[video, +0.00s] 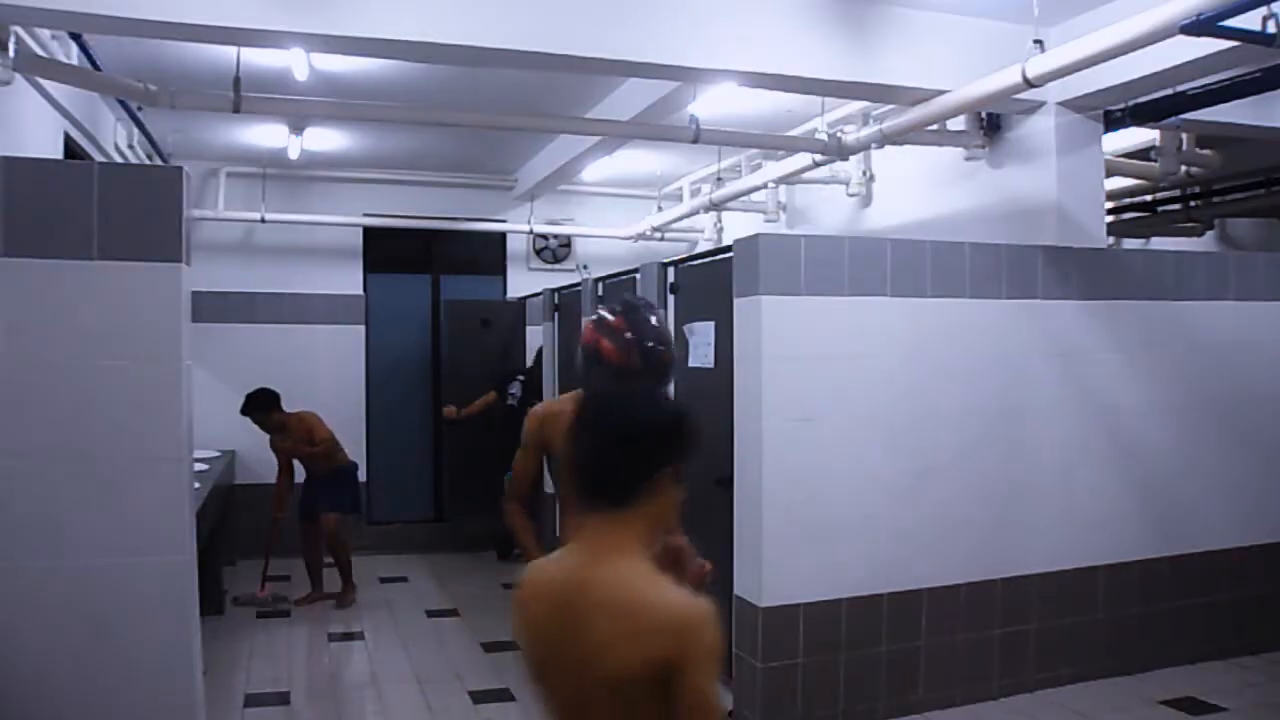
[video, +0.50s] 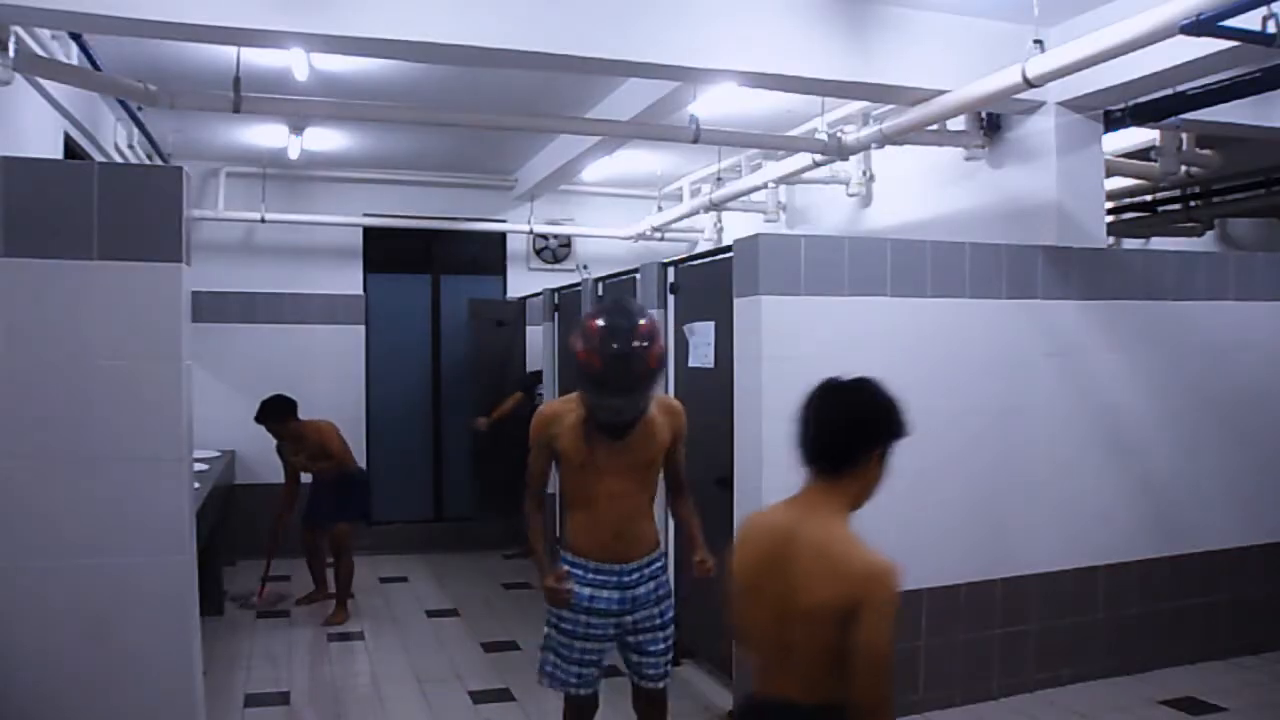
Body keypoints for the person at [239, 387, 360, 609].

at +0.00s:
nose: (259, 427)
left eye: (259, 421)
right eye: (256, 423)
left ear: (272, 413)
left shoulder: (307, 420)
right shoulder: (277, 441)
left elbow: (329, 446)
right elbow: (285, 474)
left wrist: (298, 450)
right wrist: (279, 509)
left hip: (339, 474)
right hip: (314, 479)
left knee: (330, 528)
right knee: (309, 531)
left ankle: (348, 586)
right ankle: (317, 589)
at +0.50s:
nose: (272, 435)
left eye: (273, 429)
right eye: (269, 430)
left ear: (287, 421)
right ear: (278, 426)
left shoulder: (324, 432)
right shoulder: (284, 447)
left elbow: (347, 465)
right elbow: (292, 484)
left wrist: (312, 467)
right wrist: (283, 516)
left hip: (348, 485)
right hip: (321, 487)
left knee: (340, 539)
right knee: (310, 535)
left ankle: (341, 605)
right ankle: (321, 588)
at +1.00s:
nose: (275, 437)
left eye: (277, 431)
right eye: (272, 432)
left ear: (292, 423)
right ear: (276, 430)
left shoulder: (331, 428)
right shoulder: (283, 453)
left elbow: (361, 455)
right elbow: (289, 491)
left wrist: (332, 457)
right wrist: (289, 528)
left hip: (347, 486)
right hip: (317, 488)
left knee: (342, 548)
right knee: (311, 549)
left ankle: (341, 609)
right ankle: (313, 611)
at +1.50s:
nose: (240, 445)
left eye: (239, 438)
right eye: (235, 440)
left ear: (253, 427)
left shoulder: (296, 430)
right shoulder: (258, 461)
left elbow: (334, 450)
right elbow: (266, 500)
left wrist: (304, 457)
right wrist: (264, 531)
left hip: (335, 487)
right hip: (306, 492)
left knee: (331, 552)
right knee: (302, 554)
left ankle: (345, 609)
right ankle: (312, 616)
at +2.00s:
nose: (243, 449)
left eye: (244, 441)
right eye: (240, 443)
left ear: (259, 431)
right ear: (257, 432)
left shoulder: (299, 443)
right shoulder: (268, 457)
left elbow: (324, 479)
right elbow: (269, 494)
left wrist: (283, 481)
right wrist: (260, 528)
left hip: (339, 497)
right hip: (310, 500)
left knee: (336, 564)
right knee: (303, 558)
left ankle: (341, 631)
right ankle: (313, 616)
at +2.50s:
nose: (282, 452)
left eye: (285, 446)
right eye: (280, 447)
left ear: (303, 441)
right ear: (283, 444)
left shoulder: (340, 448)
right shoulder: (283, 468)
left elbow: (362, 484)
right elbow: (276, 513)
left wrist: (326, 490)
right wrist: (265, 553)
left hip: (350, 506)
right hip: (316, 507)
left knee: (344, 568)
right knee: (301, 566)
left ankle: (343, 632)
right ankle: (307, 608)